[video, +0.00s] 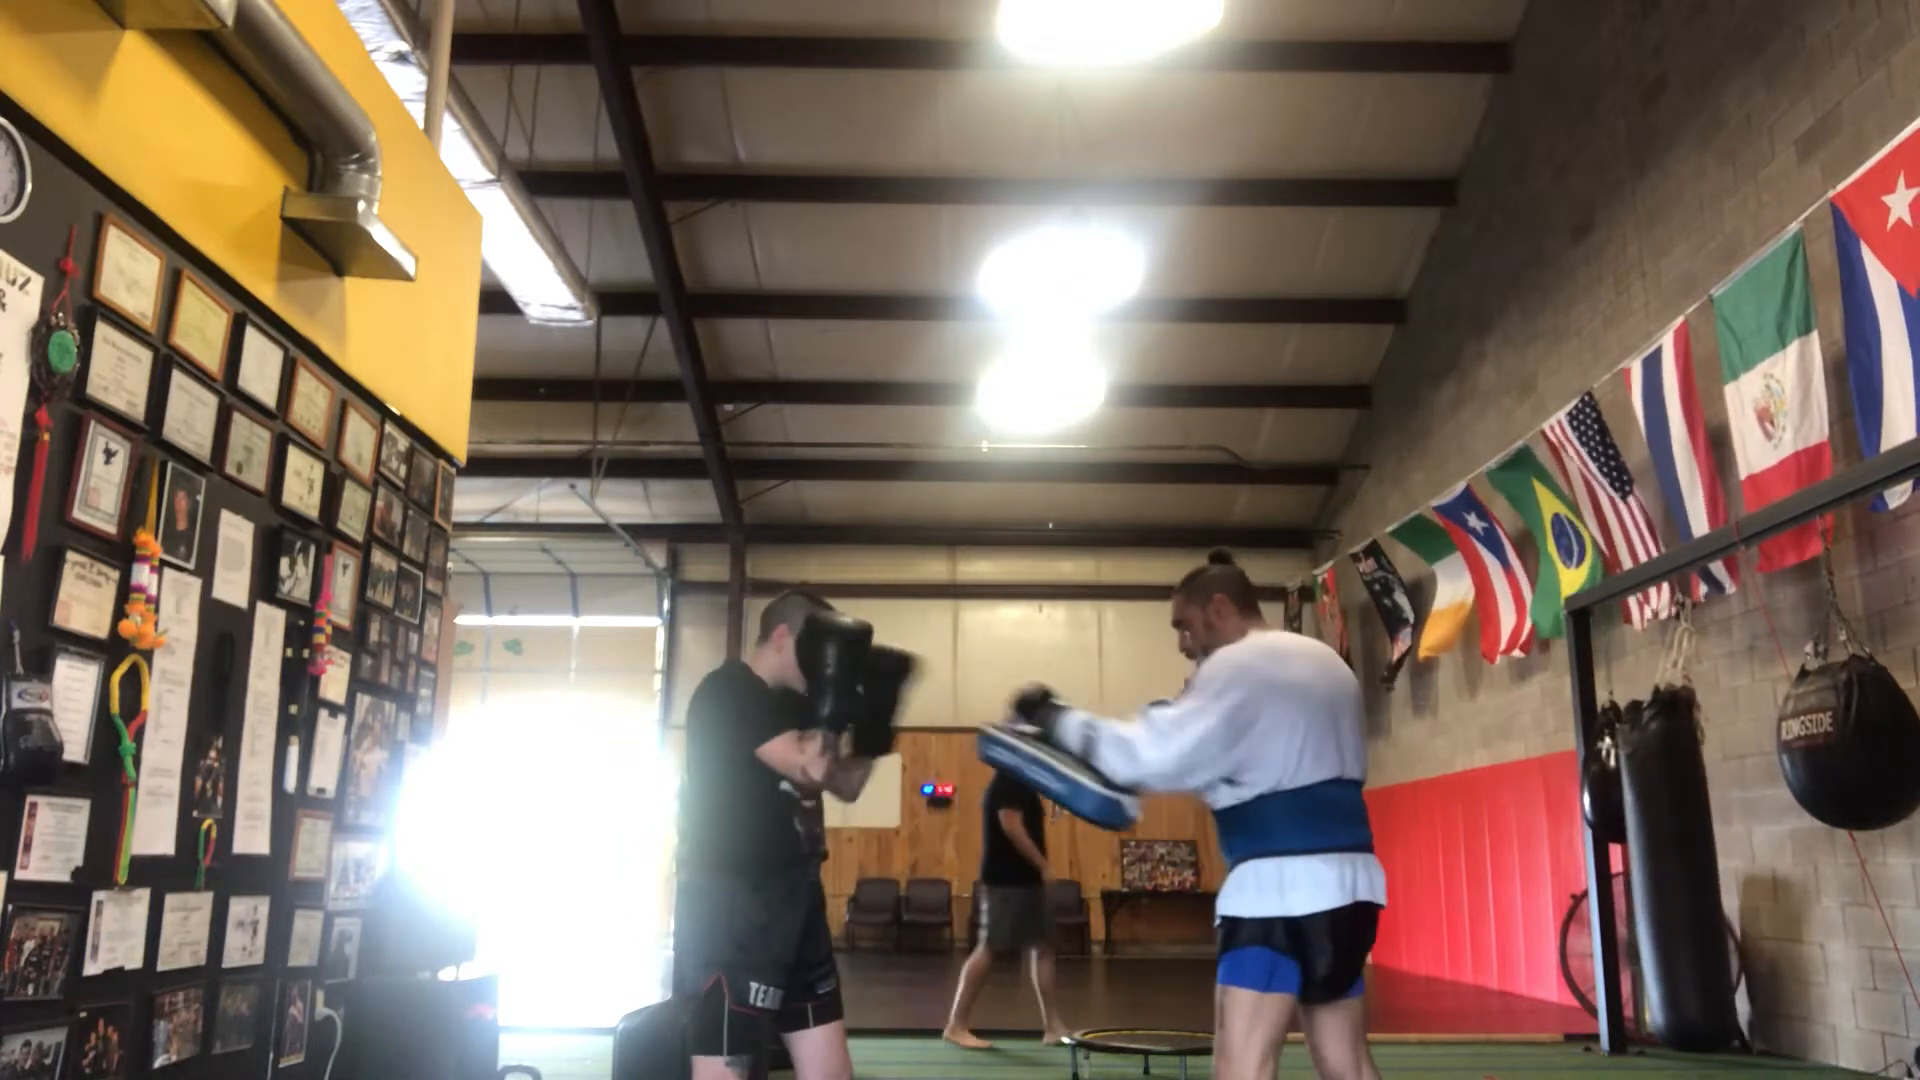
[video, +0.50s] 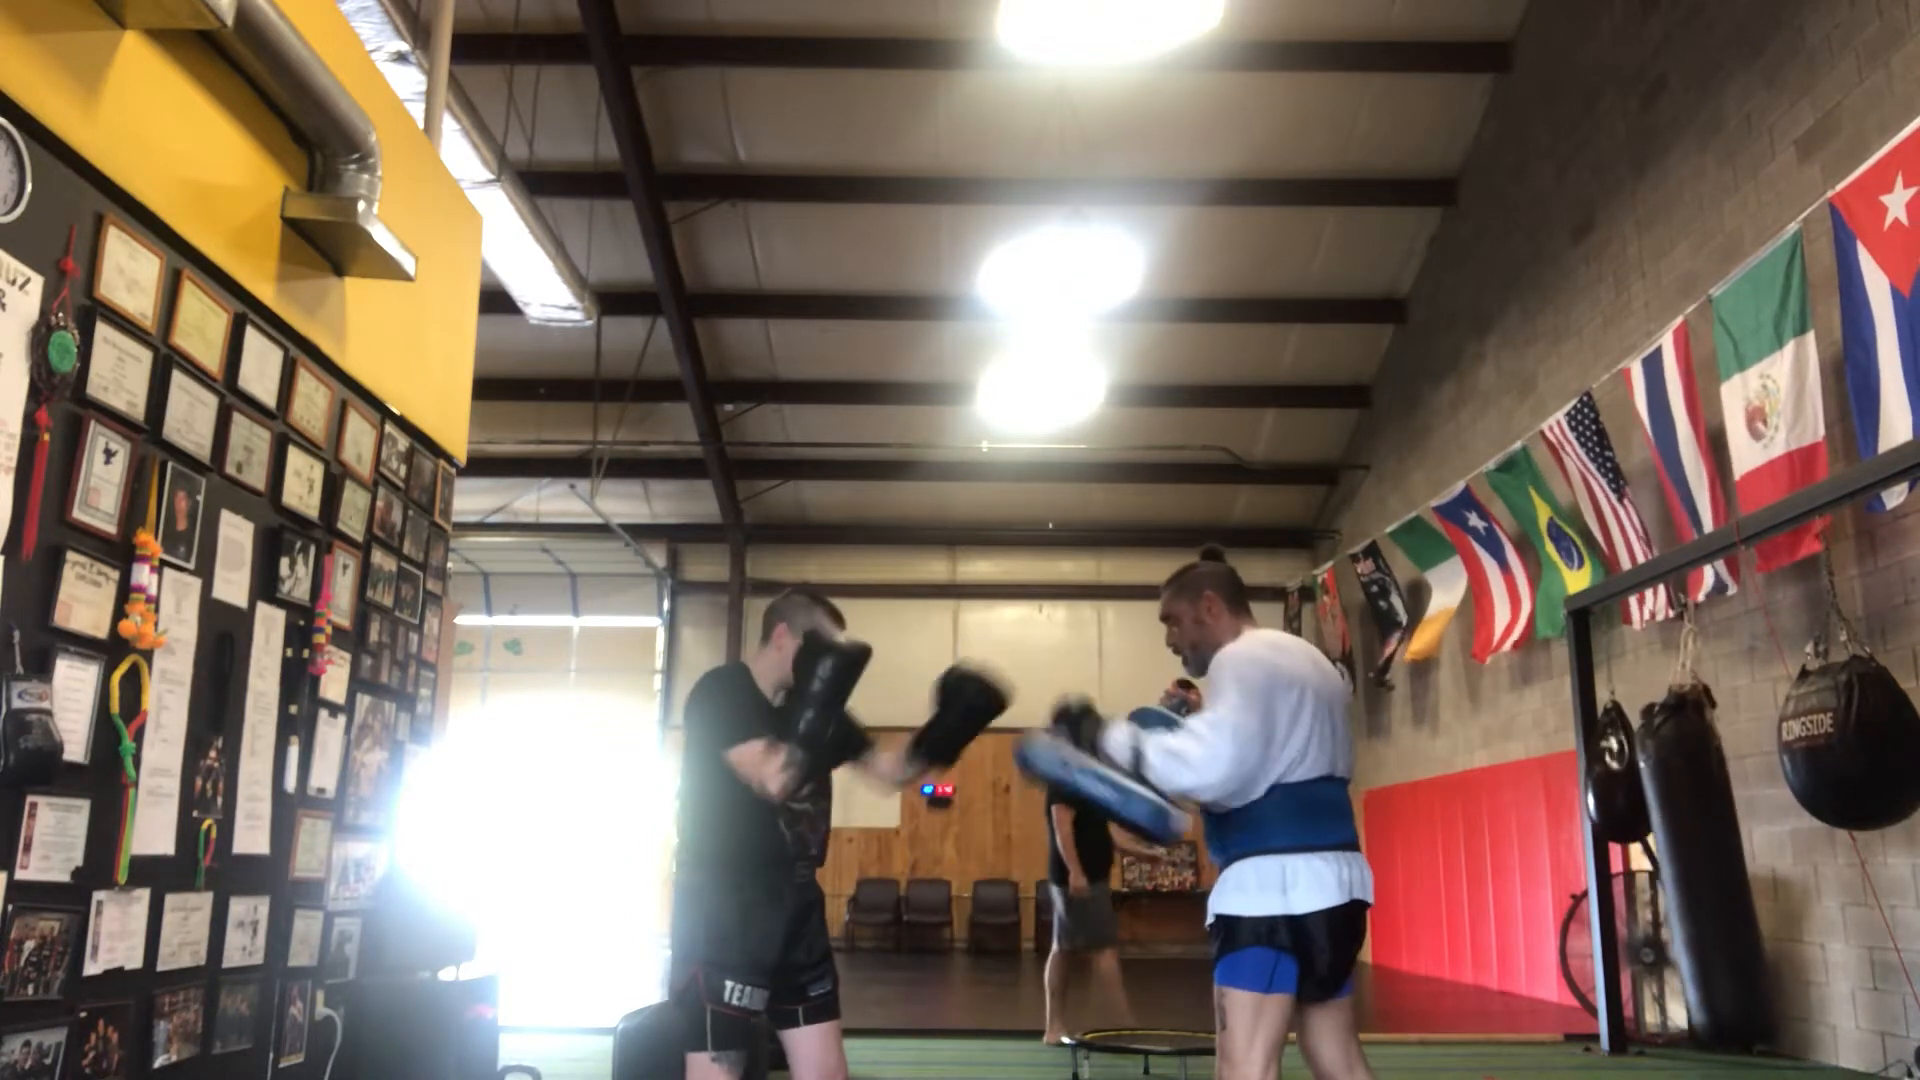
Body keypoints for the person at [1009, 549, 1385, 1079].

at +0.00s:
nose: (1182, 643)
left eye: (1184, 627)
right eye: (1178, 631)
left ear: (1219, 609)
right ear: (1229, 609)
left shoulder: (1238, 667)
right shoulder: (1325, 660)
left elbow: (1156, 755)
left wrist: (1053, 717)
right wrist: (1188, 712)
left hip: (1276, 895)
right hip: (1350, 890)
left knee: (1242, 1068)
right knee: (1347, 1064)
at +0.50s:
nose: (1170, 639)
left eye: (1173, 622)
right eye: (1166, 626)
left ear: (1210, 608)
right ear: (1216, 607)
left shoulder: (1242, 660)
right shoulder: (1315, 661)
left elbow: (1216, 768)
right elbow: (1290, 760)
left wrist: (1111, 736)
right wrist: (1205, 718)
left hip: (1269, 892)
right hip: (1336, 886)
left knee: (1246, 1065)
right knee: (1338, 1060)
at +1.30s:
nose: (1193, 648)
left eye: (1194, 632)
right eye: (1188, 635)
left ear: (1227, 614)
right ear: (1236, 614)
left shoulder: (1244, 669)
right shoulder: (1333, 659)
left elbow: (1149, 734)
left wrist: (1060, 688)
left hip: (1301, 891)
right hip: (1371, 884)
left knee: (1268, 1063)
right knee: (1358, 1060)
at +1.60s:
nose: (1200, 626)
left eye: (1206, 611)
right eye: (1198, 613)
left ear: (1248, 602)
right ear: (1259, 601)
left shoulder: (1251, 659)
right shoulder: (1343, 661)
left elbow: (1166, 717)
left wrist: (1068, 687)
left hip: (1292, 894)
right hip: (1365, 887)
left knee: (1260, 1064)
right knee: (1358, 1064)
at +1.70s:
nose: (1203, 623)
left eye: (1211, 604)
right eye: (1202, 608)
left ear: (1253, 598)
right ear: (1260, 602)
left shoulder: (1264, 659)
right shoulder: (1344, 663)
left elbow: (1228, 757)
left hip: (1286, 893)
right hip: (1358, 887)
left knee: (1251, 1066)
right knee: (1354, 1062)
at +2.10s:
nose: (1244, 618)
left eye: (1252, 602)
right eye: (1243, 605)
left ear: (1295, 595)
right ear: (1303, 598)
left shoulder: (1301, 664)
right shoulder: (1383, 664)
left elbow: (1271, 788)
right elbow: (1342, 769)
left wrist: (1187, 800)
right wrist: (1258, 728)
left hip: (1306, 895)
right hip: (1375, 890)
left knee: (1264, 1064)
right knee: (1360, 1061)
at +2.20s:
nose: (1250, 631)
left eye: (1254, 613)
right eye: (1248, 618)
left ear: (1293, 598)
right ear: (1305, 602)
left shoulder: (1302, 661)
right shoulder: (1405, 669)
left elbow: (1271, 787)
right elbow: (1419, 781)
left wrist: (1211, 777)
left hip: (1327, 895)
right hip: (1403, 889)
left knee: (1275, 1062)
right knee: (1376, 1063)